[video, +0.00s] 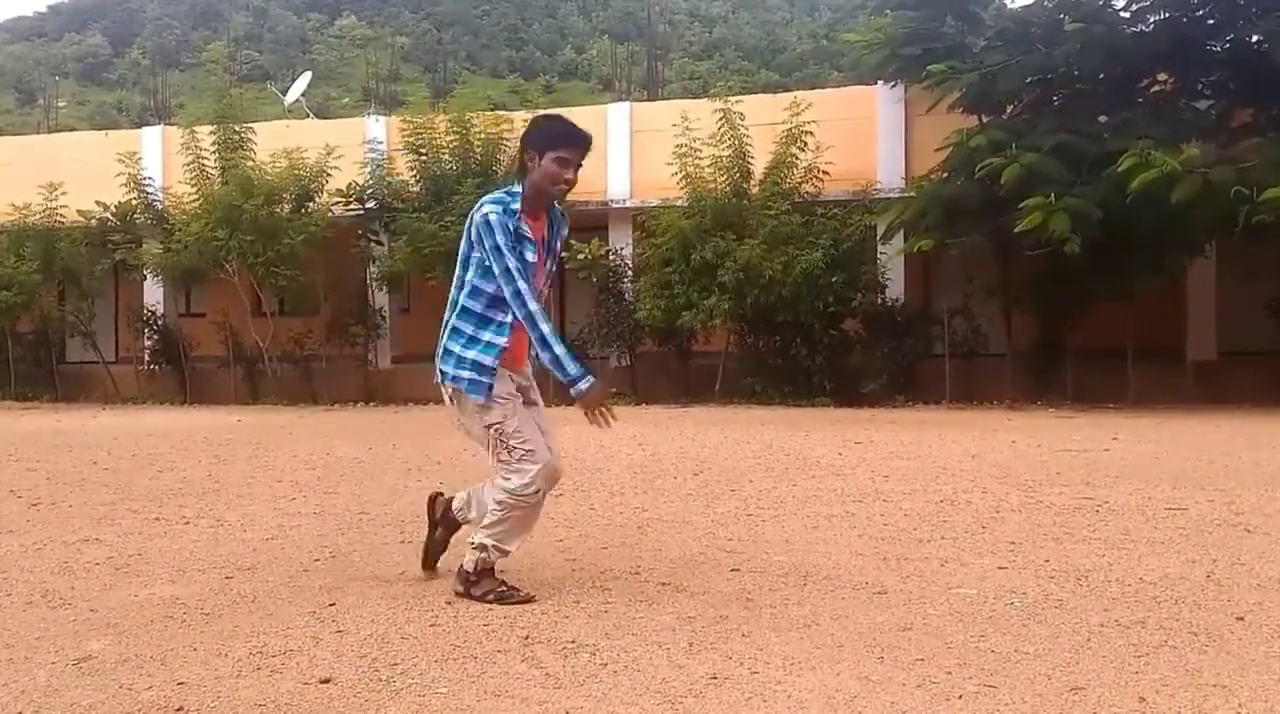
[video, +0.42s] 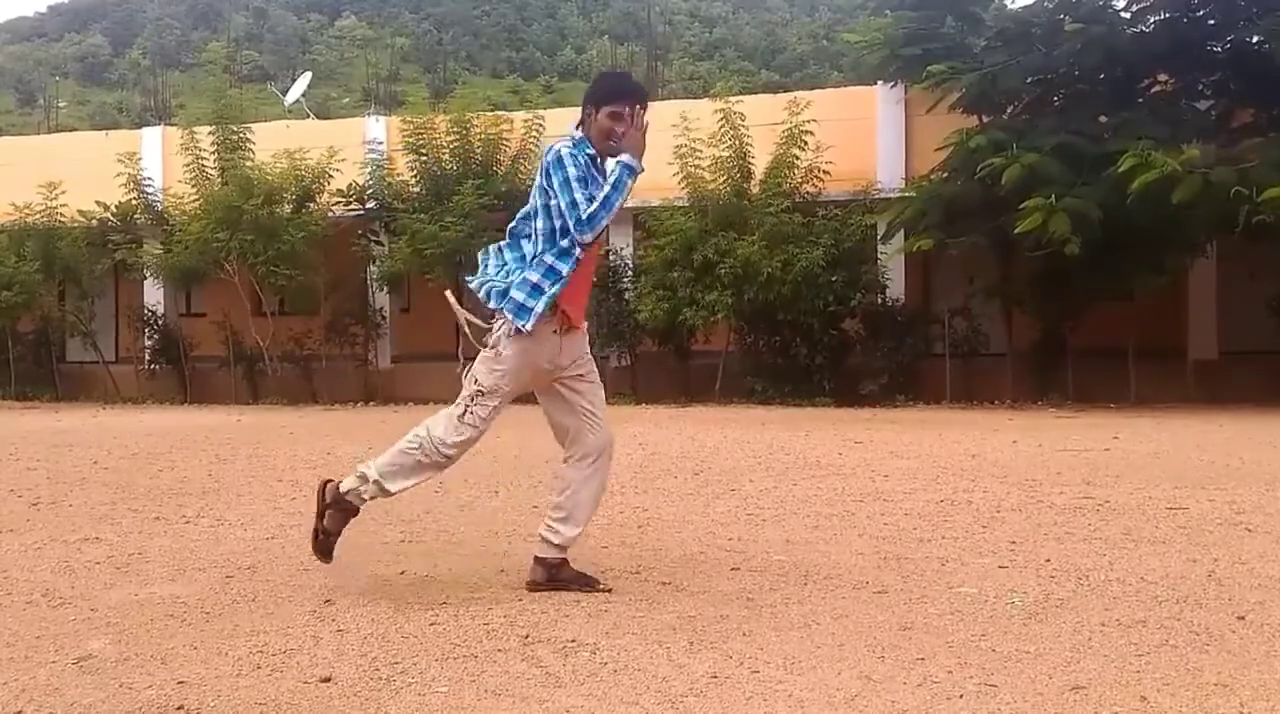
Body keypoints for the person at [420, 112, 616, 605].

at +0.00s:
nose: (570, 175)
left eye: (576, 165)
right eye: (561, 163)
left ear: (578, 168)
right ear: (530, 159)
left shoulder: (555, 222)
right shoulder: (494, 215)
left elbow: (528, 304)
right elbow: (526, 305)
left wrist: (524, 367)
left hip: (515, 365)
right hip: (474, 365)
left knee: (545, 469)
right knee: (528, 470)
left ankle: (453, 510)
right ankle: (476, 570)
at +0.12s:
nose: (604, 173)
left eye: (610, 164)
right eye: (596, 159)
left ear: (609, 166)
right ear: (565, 153)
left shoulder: (562, 197)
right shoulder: (532, 177)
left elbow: (513, 265)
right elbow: (586, 244)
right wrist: (672, 220)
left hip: (514, 328)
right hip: (470, 326)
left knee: (566, 408)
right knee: (491, 455)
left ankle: (506, 508)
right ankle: (471, 568)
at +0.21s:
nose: (625, 149)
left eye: (631, 142)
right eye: (618, 135)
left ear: (627, 143)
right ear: (587, 126)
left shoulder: (583, 170)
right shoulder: (554, 145)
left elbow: (507, 232)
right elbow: (605, 202)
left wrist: (447, 294)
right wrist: (662, 145)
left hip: (520, 302)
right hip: (475, 299)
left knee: (567, 396)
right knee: (456, 430)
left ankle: (542, 520)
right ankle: (433, 552)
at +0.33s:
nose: (630, 129)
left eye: (634, 121)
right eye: (625, 118)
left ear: (623, 116)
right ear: (600, 107)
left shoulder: (599, 151)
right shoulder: (565, 135)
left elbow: (593, 213)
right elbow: (599, 201)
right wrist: (641, 135)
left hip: (552, 314)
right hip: (505, 307)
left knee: (578, 432)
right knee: (444, 425)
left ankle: (554, 553)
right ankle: (358, 510)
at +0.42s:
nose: (624, 129)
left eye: (631, 121)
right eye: (615, 117)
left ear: (634, 126)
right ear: (588, 116)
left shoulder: (603, 167)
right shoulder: (566, 156)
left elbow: (569, 239)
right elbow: (583, 224)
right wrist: (629, 163)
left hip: (569, 334)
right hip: (524, 327)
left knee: (593, 444)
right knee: (453, 433)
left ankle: (551, 560)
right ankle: (346, 496)